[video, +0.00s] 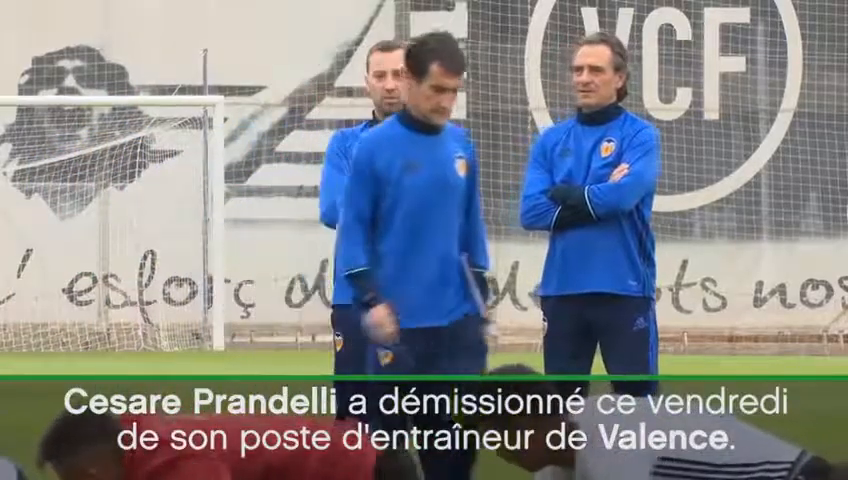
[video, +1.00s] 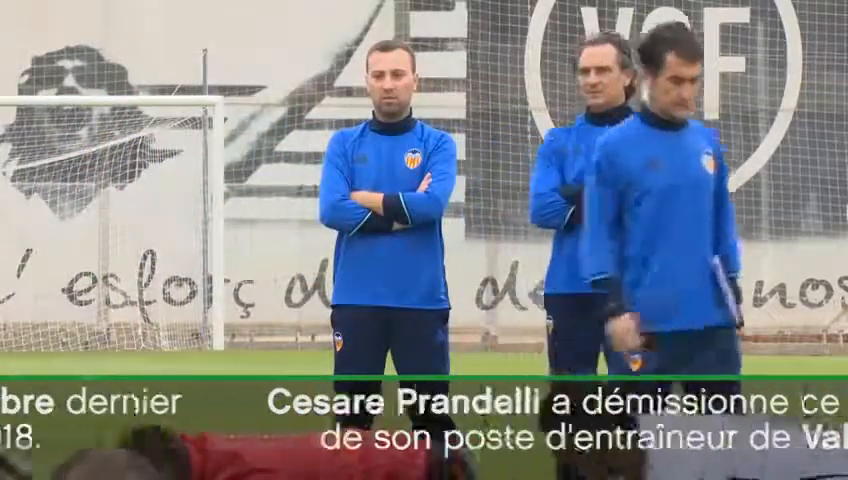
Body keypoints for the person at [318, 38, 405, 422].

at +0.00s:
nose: (389, 84)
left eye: (399, 74)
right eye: (380, 75)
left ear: (414, 80)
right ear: (367, 83)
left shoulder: (435, 141)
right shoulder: (346, 141)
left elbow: (448, 205)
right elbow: (331, 209)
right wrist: (393, 195)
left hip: (424, 293)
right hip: (358, 293)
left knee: (419, 407)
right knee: (356, 409)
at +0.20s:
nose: (388, 84)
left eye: (398, 75)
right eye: (379, 76)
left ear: (415, 82)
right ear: (367, 83)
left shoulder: (436, 143)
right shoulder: (345, 142)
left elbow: (441, 211)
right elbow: (332, 210)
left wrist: (371, 199)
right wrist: (405, 219)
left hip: (422, 301)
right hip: (358, 301)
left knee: (428, 418)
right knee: (354, 418)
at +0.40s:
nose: (389, 85)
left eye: (398, 75)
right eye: (379, 76)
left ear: (415, 82)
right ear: (367, 84)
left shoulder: (439, 143)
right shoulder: (343, 142)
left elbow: (437, 205)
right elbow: (332, 210)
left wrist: (367, 198)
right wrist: (405, 214)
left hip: (422, 304)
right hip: (357, 304)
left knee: (432, 416)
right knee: (352, 416)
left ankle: (439, 479)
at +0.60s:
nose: (388, 84)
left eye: (398, 75)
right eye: (379, 76)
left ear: (415, 82)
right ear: (367, 84)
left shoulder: (438, 142)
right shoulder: (344, 142)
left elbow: (433, 205)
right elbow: (332, 210)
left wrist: (361, 197)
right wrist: (404, 214)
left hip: (422, 304)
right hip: (357, 303)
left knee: (433, 419)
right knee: (352, 419)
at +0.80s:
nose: (388, 84)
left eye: (398, 75)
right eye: (378, 76)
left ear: (415, 82)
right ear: (367, 84)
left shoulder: (438, 143)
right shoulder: (343, 142)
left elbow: (432, 205)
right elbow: (331, 210)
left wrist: (361, 197)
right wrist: (405, 213)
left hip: (422, 302)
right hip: (357, 302)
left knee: (433, 417)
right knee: (351, 418)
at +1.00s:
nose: (388, 85)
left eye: (398, 75)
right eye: (378, 76)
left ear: (415, 82)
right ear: (367, 84)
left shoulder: (438, 143)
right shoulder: (343, 142)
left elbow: (432, 208)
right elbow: (331, 212)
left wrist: (361, 197)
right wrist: (406, 208)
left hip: (421, 301)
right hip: (356, 300)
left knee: (431, 416)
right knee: (352, 417)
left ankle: (443, 479)